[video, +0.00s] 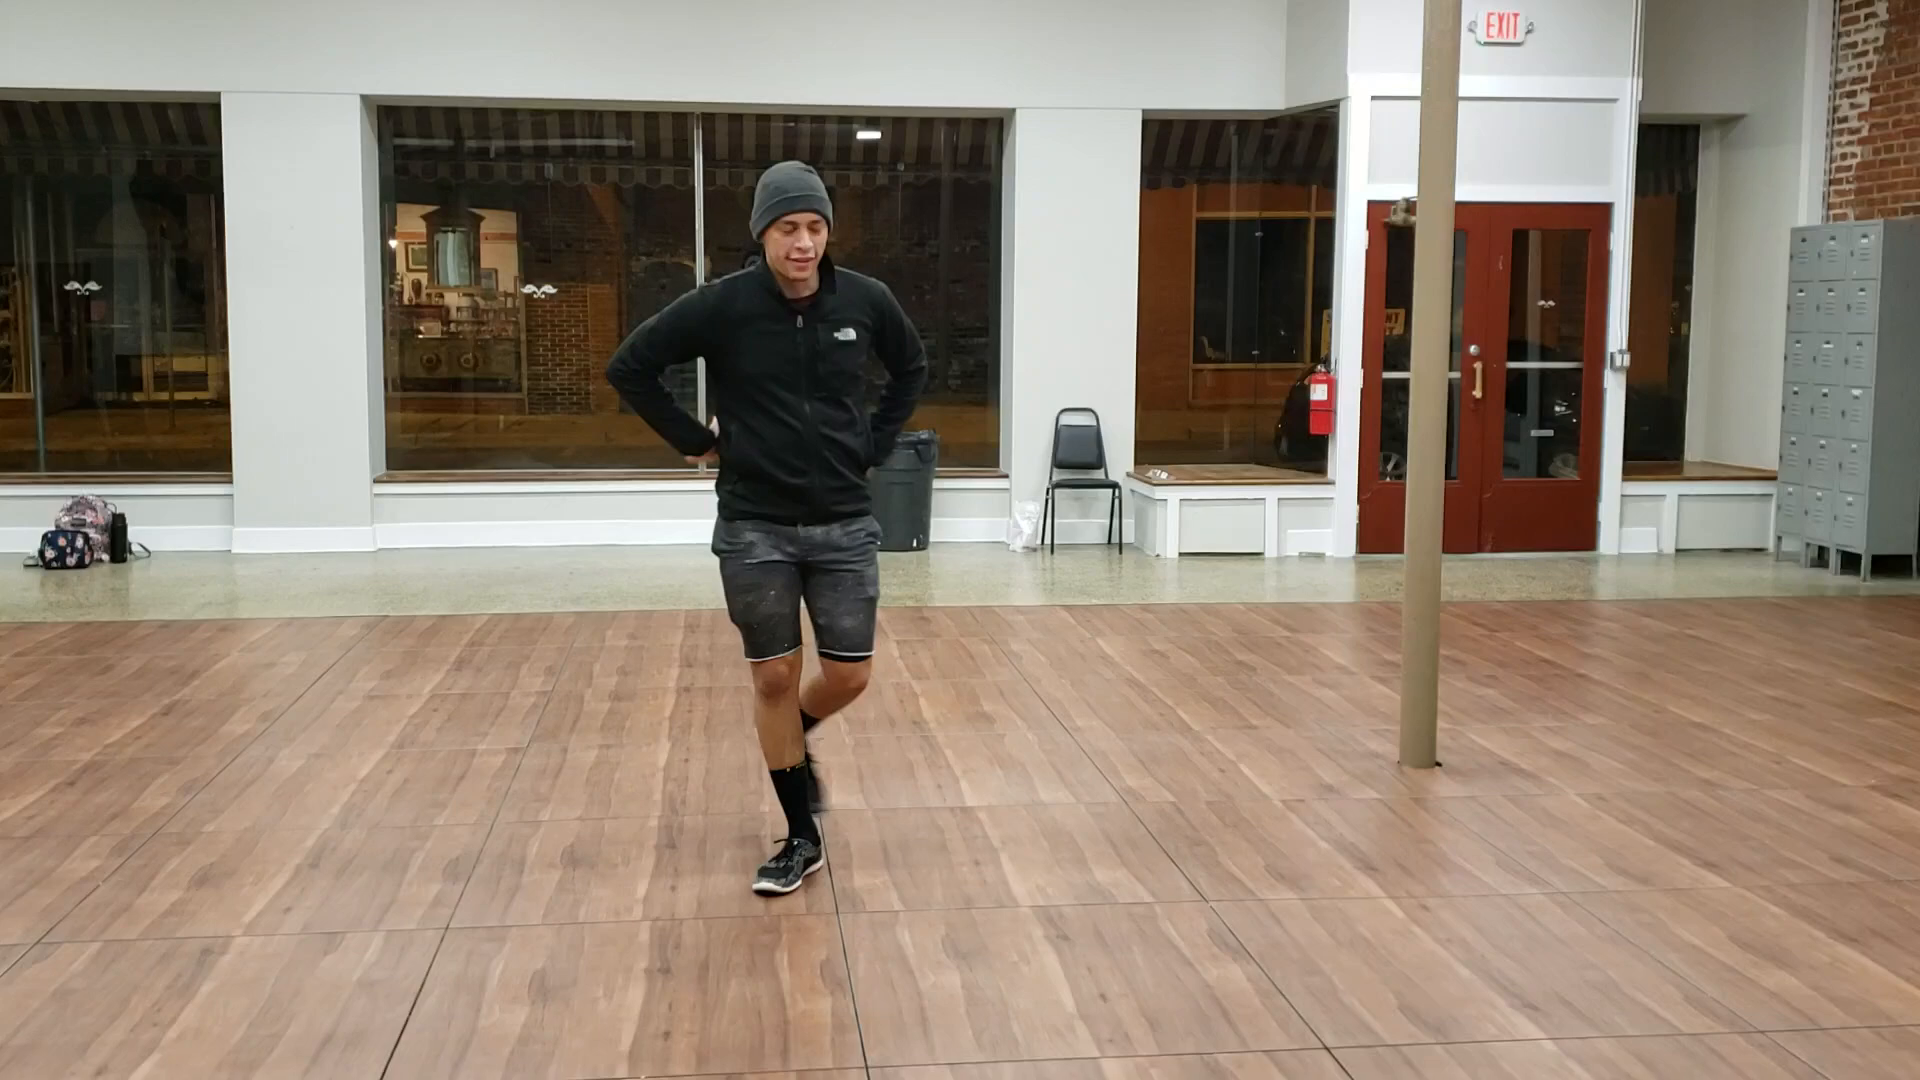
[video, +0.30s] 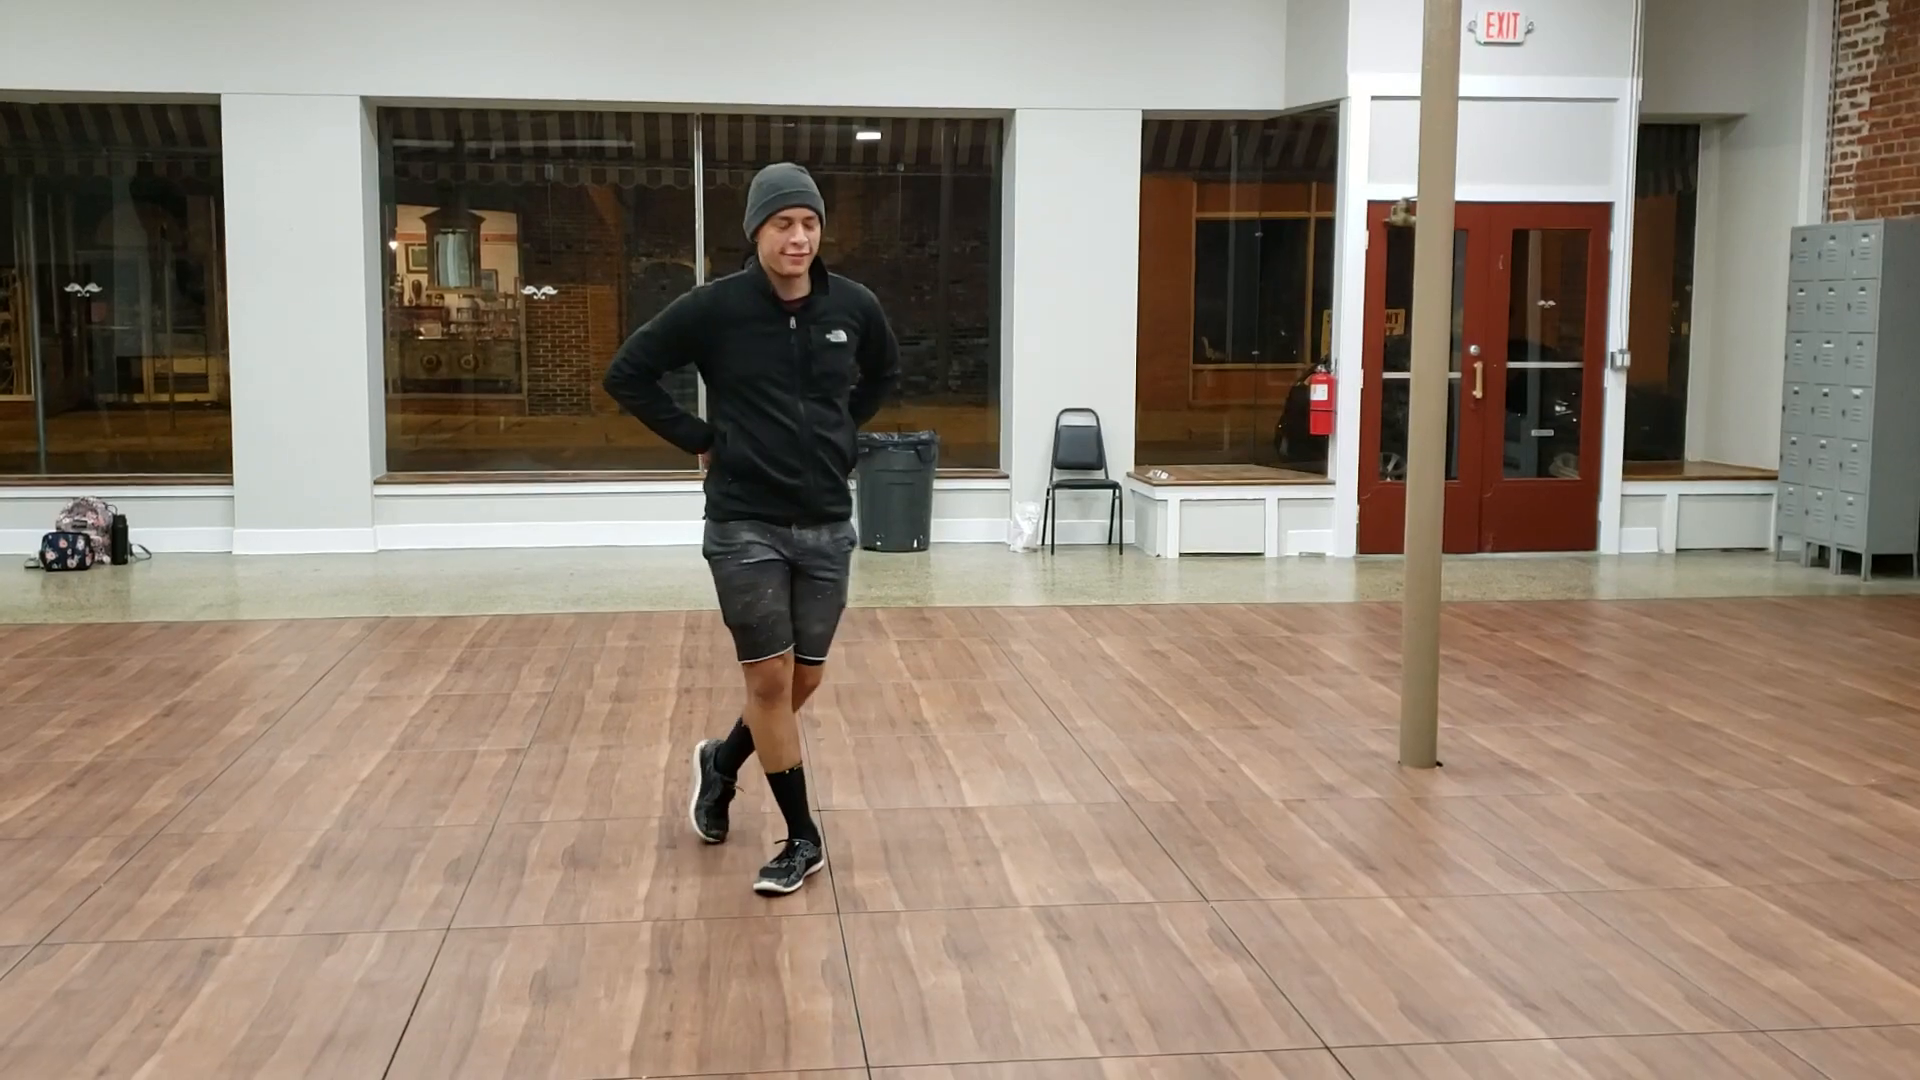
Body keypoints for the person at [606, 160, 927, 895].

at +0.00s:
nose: (802, 241)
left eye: (813, 226)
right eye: (787, 227)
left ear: (830, 233)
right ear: (760, 235)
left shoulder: (868, 301)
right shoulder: (719, 305)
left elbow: (912, 371)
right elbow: (628, 369)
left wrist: (866, 450)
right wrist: (696, 441)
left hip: (843, 520)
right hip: (754, 522)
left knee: (849, 674)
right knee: (775, 680)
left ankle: (792, 724)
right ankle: (802, 836)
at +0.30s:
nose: (795, 237)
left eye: (806, 224)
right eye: (780, 225)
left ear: (821, 233)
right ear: (754, 235)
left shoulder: (854, 305)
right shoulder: (712, 307)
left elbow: (883, 374)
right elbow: (626, 376)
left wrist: (839, 430)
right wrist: (700, 438)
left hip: (825, 523)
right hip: (742, 521)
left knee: (802, 682)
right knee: (769, 677)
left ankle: (723, 761)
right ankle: (802, 837)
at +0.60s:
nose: (811, 227)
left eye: (819, 219)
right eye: (799, 214)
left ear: (820, 234)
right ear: (760, 221)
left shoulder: (821, 308)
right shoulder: (701, 296)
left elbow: (846, 387)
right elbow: (604, 361)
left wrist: (808, 432)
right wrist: (669, 433)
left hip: (797, 516)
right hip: (718, 516)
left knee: (762, 670)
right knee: (760, 670)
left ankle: (693, 769)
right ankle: (801, 832)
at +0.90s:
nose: (783, 223)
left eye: (788, 214)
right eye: (768, 212)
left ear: (791, 228)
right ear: (731, 222)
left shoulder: (794, 304)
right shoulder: (682, 300)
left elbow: (813, 370)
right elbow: (591, 369)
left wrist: (785, 419)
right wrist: (656, 435)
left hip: (781, 506)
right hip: (706, 510)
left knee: (755, 660)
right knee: (753, 656)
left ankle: (687, 773)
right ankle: (794, 825)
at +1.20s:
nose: (760, 216)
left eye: (769, 206)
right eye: (744, 205)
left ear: (779, 224)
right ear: (713, 223)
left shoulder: (802, 302)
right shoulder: (674, 304)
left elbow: (841, 361)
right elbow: (586, 374)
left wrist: (801, 412)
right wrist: (667, 426)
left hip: (797, 512)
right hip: (718, 519)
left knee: (764, 665)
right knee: (770, 665)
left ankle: (695, 772)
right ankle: (819, 828)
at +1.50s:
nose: (762, 210)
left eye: (772, 201)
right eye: (747, 202)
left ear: (790, 220)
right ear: (725, 225)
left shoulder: (832, 296)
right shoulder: (690, 306)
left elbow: (881, 367)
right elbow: (604, 377)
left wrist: (831, 423)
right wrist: (688, 432)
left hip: (817, 514)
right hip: (733, 516)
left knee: (785, 675)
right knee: (779, 671)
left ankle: (719, 769)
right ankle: (824, 833)